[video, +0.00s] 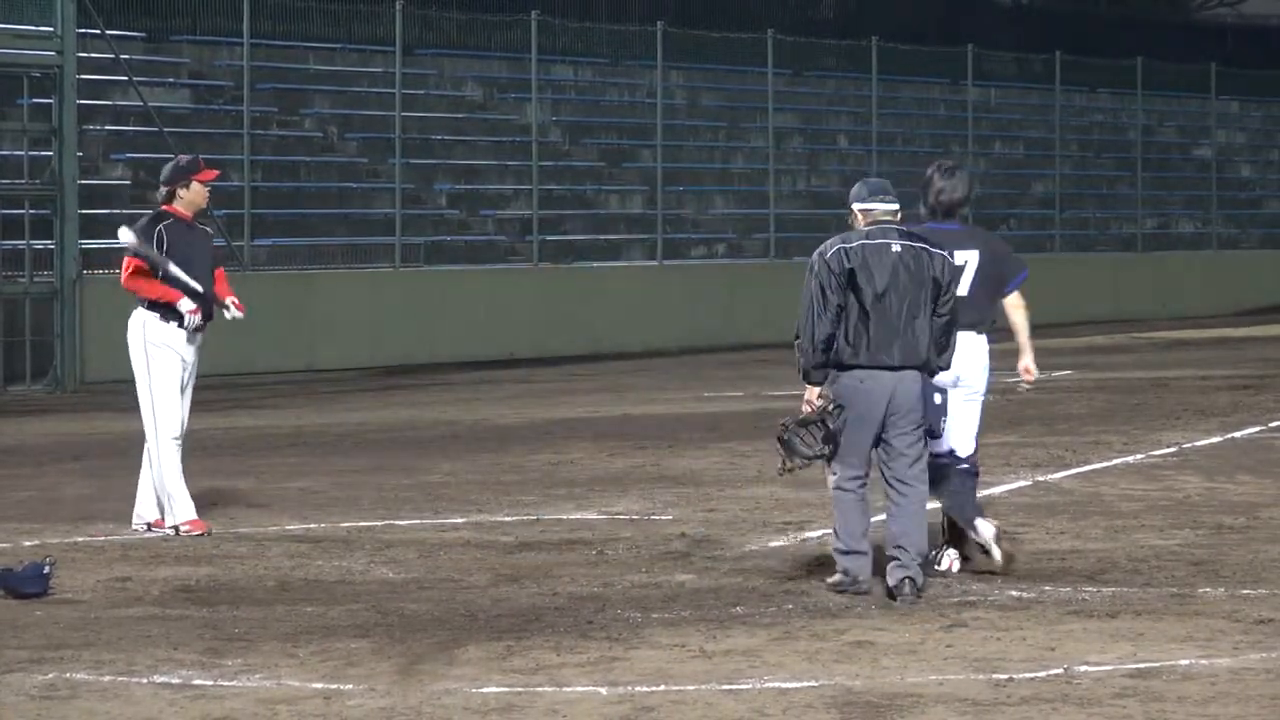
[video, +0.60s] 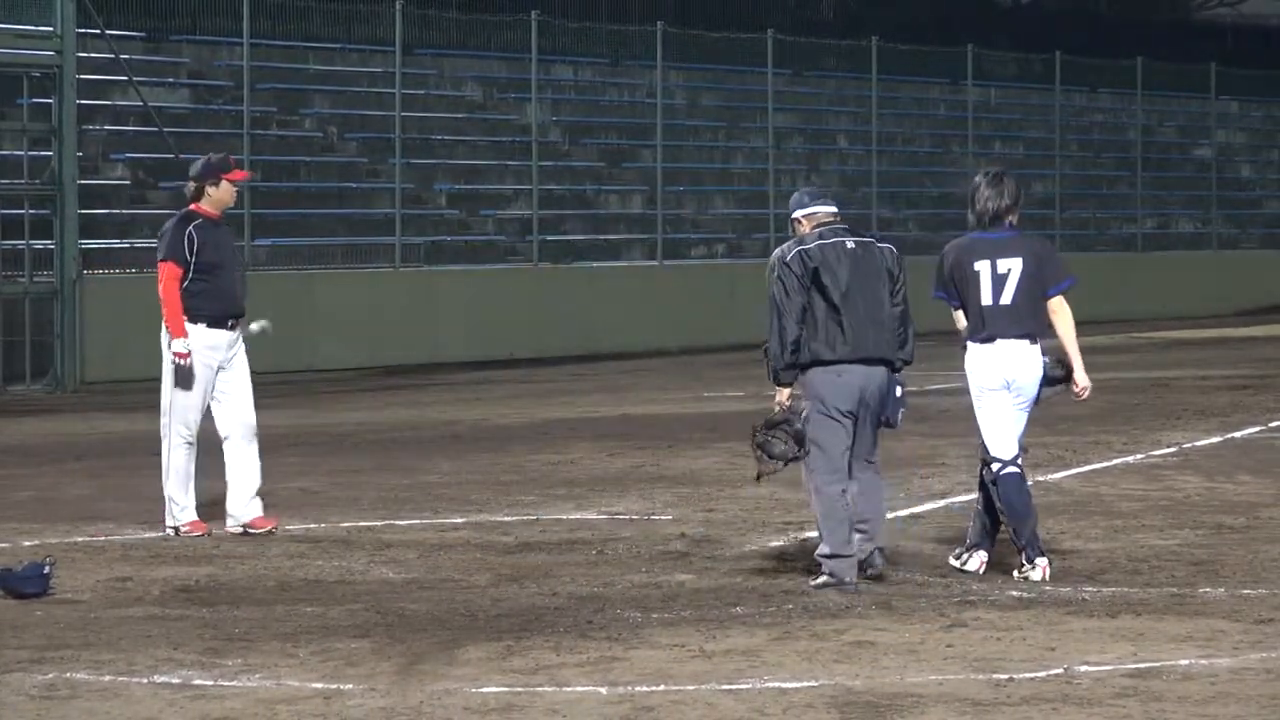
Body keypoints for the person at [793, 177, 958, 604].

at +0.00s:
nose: (853, 219)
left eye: (853, 214)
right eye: (857, 213)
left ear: (858, 215)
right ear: (897, 213)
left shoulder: (834, 254)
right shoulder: (930, 255)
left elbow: (818, 325)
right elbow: (944, 319)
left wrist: (814, 380)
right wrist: (928, 367)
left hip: (855, 382)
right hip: (910, 382)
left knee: (849, 477)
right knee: (907, 477)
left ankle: (853, 571)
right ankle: (907, 571)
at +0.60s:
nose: (794, 230)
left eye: (794, 225)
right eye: (795, 225)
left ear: (802, 222)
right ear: (837, 217)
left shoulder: (791, 256)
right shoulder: (882, 251)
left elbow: (787, 322)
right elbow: (899, 315)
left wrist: (784, 380)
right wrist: (895, 367)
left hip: (825, 377)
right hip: (877, 375)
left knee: (826, 473)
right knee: (864, 463)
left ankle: (839, 568)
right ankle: (868, 550)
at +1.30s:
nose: (736, 270)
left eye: (732, 261)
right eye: (732, 264)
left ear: (742, 248)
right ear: (759, 239)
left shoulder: (766, 271)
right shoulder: (796, 253)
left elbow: (793, 330)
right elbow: (817, 318)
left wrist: (788, 388)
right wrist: (783, 379)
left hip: (824, 374)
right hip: (850, 367)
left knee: (797, 460)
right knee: (834, 462)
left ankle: (784, 549)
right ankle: (853, 552)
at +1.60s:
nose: (701, 287)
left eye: (697, 279)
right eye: (696, 281)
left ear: (709, 264)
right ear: (716, 257)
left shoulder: (744, 281)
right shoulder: (750, 263)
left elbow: (774, 341)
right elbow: (763, 338)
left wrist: (771, 399)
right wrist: (756, 384)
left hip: (809, 372)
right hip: (816, 366)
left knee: (782, 456)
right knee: (788, 453)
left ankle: (781, 549)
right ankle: (799, 534)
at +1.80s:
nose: (685, 294)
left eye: (682, 286)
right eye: (681, 289)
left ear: (694, 272)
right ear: (699, 267)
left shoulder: (743, 282)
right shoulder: (720, 292)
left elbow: (769, 343)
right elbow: (736, 347)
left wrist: (763, 403)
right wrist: (734, 390)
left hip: (802, 369)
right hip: (776, 369)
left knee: (779, 456)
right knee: (758, 451)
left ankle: (782, 550)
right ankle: (752, 536)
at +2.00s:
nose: (667, 322)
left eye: (664, 315)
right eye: (662, 318)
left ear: (676, 299)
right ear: (676, 298)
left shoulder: (727, 299)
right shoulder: (694, 320)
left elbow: (768, 354)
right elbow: (703, 368)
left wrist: (763, 409)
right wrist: (704, 417)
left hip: (797, 372)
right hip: (766, 376)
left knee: (777, 455)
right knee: (751, 455)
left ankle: (782, 549)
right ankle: (732, 541)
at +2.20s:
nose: (648, 368)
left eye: (646, 360)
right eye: (644, 363)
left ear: (660, 345)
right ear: (658, 348)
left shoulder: (714, 336)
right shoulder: (667, 365)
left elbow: (769, 376)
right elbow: (679, 411)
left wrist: (765, 427)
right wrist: (681, 465)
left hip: (793, 377)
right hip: (748, 386)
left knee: (775, 455)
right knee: (728, 453)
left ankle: (777, 551)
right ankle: (725, 545)